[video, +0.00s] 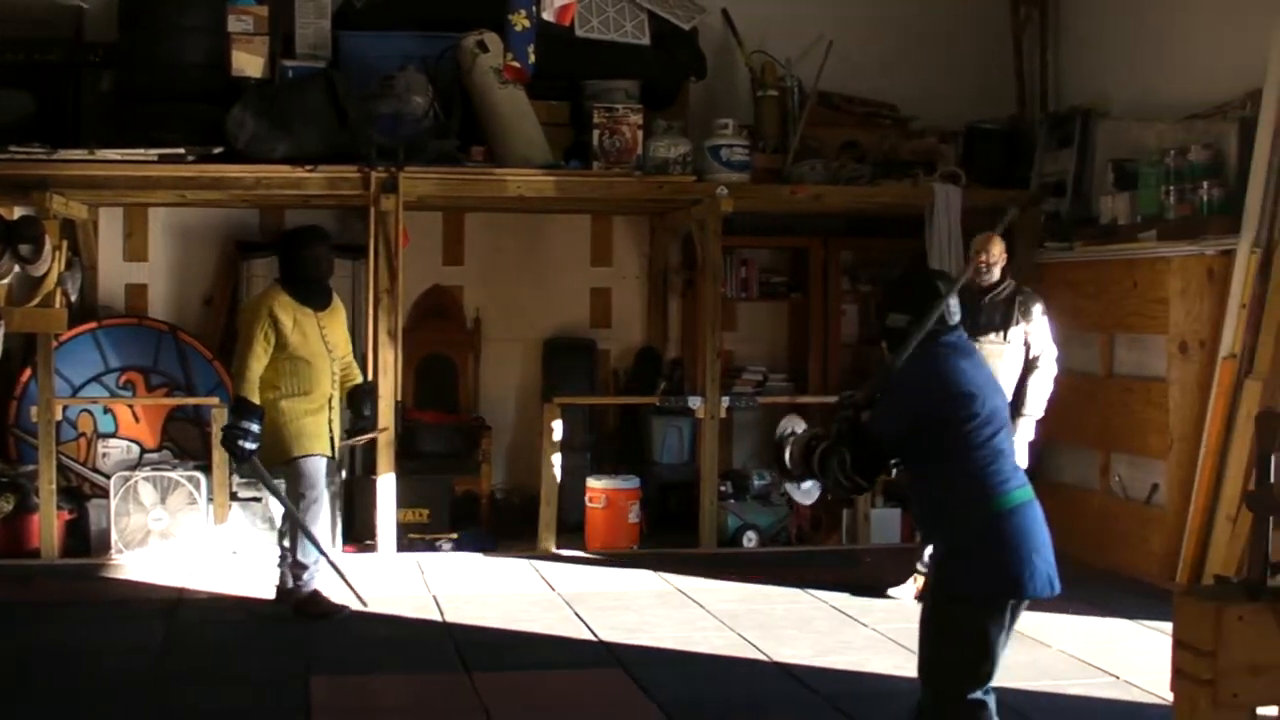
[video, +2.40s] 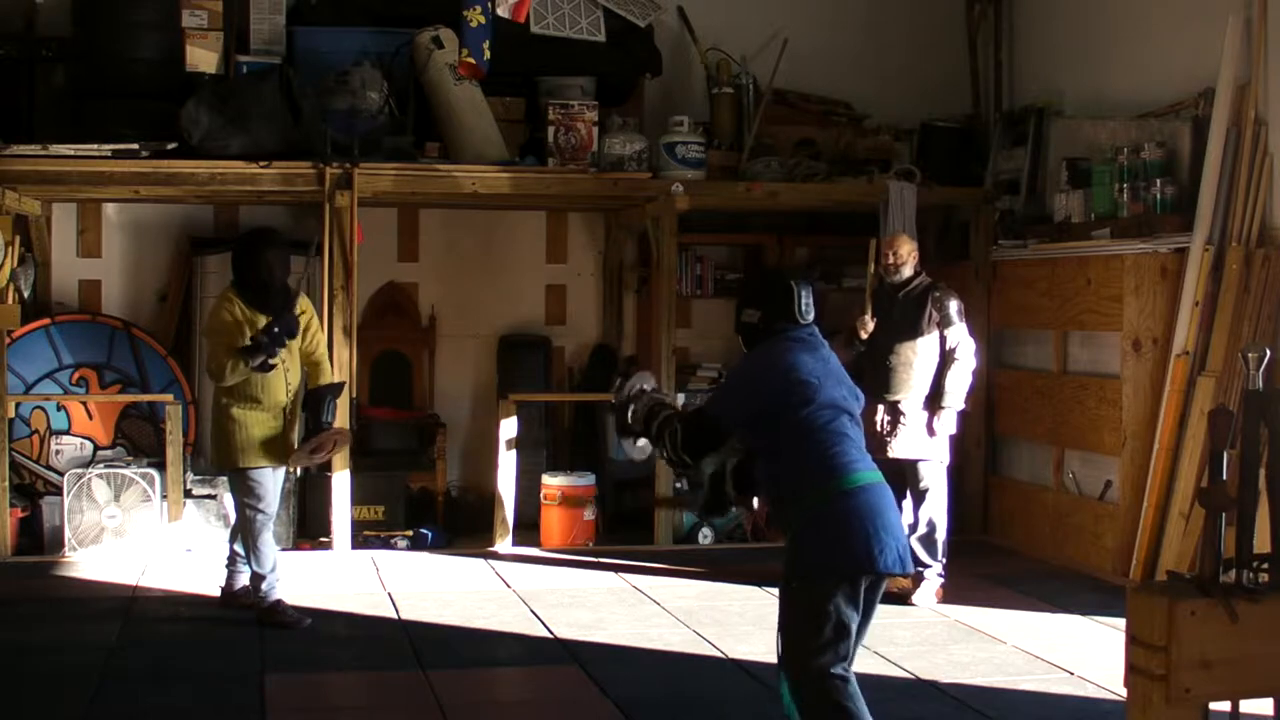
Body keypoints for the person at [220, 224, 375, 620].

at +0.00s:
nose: (327, 266)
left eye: (328, 257)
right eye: (318, 258)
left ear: (331, 262)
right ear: (295, 262)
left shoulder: (333, 306)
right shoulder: (270, 306)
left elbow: (345, 360)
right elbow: (249, 365)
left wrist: (361, 394)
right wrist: (246, 418)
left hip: (325, 419)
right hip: (292, 419)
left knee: (307, 499)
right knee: (313, 495)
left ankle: (291, 582)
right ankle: (304, 585)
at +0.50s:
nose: (296, 274)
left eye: (297, 266)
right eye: (287, 266)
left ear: (298, 268)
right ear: (263, 268)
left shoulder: (301, 310)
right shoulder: (232, 313)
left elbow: (308, 369)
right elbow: (212, 378)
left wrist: (315, 424)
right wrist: (206, 438)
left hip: (285, 429)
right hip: (248, 431)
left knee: (262, 512)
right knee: (263, 514)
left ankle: (239, 587)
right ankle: (262, 598)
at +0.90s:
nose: (287, 276)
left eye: (289, 267)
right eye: (278, 268)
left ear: (290, 268)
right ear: (254, 270)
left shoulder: (295, 310)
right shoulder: (232, 314)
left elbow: (320, 357)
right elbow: (234, 378)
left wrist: (328, 416)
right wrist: (249, 436)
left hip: (274, 427)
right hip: (238, 426)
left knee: (249, 505)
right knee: (252, 507)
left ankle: (224, 583)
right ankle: (257, 597)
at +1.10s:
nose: (298, 277)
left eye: (301, 269)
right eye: (290, 269)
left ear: (302, 270)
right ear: (265, 271)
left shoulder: (304, 304)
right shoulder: (242, 312)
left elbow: (343, 331)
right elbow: (255, 358)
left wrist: (362, 371)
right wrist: (282, 388)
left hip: (282, 421)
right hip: (248, 424)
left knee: (259, 506)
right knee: (262, 509)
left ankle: (237, 584)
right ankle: (269, 595)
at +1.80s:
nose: (295, 275)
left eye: (296, 266)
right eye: (285, 267)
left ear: (297, 267)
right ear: (258, 270)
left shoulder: (306, 312)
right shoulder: (231, 316)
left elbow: (324, 359)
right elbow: (218, 379)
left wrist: (319, 398)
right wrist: (255, 377)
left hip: (288, 425)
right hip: (248, 425)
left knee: (261, 504)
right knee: (264, 506)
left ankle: (237, 582)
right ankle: (268, 594)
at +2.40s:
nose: (282, 273)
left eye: (285, 264)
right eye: (273, 265)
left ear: (287, 265)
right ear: (250, 268)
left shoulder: (298, 306)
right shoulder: (227, 310)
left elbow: (318, 362)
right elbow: (221, 371)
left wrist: (321, 418)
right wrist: (265, 343)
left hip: (283, 425)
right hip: (244, 426)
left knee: (261, 506)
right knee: (261, 506)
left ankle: (237, 582)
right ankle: (268, 595)